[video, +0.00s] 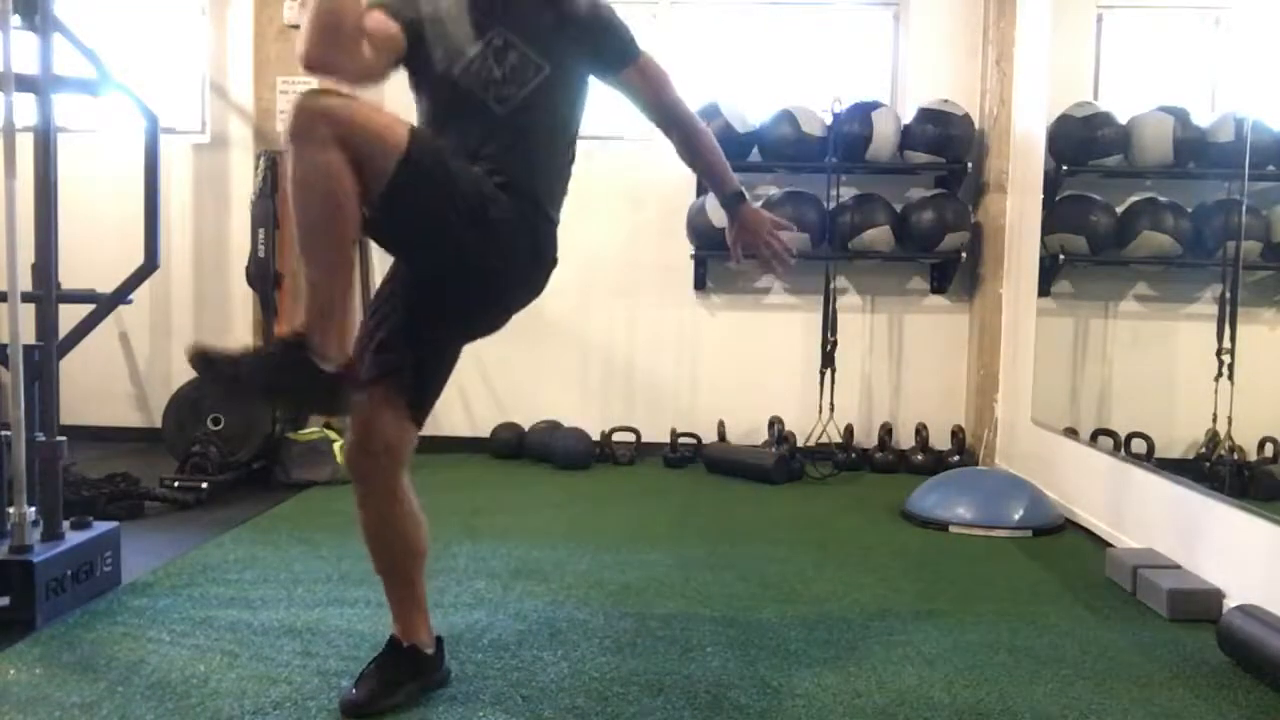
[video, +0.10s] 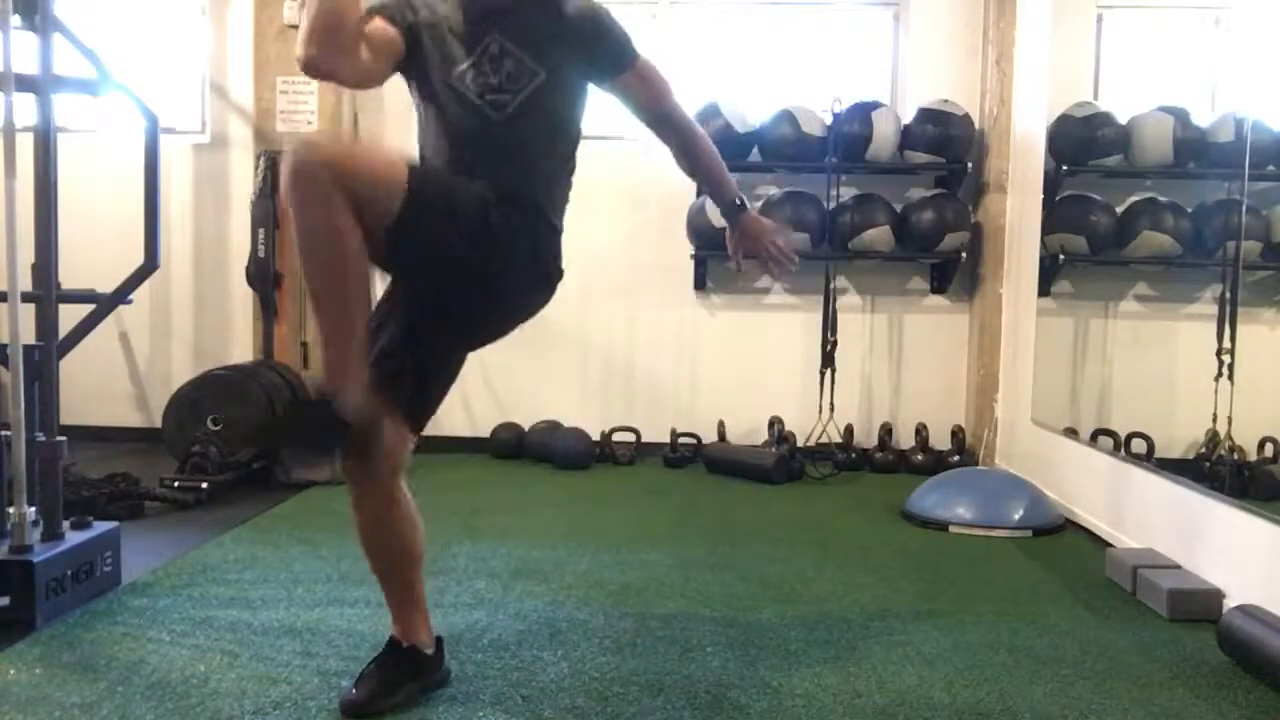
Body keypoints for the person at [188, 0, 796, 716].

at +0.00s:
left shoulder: (570, 15)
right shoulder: (423, 10)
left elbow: (668, 108)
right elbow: (337, 64)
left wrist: (737, 206)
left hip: (510, 241)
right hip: (434, 244)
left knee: (320, 115)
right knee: (373, 453)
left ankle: (325, 352)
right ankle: (415, 645)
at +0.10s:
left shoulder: (569, 19)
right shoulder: (417, 14)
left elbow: (666, 115)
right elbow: (327, 54)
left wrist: (739, 212)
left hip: (514, 247)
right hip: (436, 250)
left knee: (314, 166)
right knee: (370, 453)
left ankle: (344, 399)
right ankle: (414, 645)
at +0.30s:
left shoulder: (576, 11)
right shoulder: (427, 9)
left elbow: (684, 117)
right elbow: (312, 23)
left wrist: (754, 230)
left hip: (530, 256)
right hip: (442, 254)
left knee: (439, 422)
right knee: (378, 444)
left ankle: (572, 572)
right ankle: (411, 645)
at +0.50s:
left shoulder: (641, 9)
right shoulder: (476, 8)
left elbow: (748, 82)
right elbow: (356, 21)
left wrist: (798, 169)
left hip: (612, 267)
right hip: (515, 265)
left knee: (629, 465)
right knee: (459, 448)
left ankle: (667, 646)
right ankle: (427, 646)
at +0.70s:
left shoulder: (690, 9)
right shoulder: (534, 14)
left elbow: (822, 40)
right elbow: (435, 108)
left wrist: (854, 7)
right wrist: (499, 37)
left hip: (680, 261)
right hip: (579, 268)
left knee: (745, 440)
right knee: (557, 465)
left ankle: (766, 633)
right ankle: (551, 637)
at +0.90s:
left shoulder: (791, 10)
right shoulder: (635, 14)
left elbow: (880, 2)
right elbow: (556, 142)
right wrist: (627, 160)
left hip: (781, 270)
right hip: (680, 276)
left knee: (859, 464)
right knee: (618, 475)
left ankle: (897, 664)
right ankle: (556, 633)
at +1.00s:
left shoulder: (837, 7)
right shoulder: (681, 16)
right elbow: (613, 145)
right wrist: (686, 161)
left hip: (834, 266)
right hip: (738, 274)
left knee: (900, 470)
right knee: (695, 480)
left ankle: (905, 667)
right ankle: (571, 611)